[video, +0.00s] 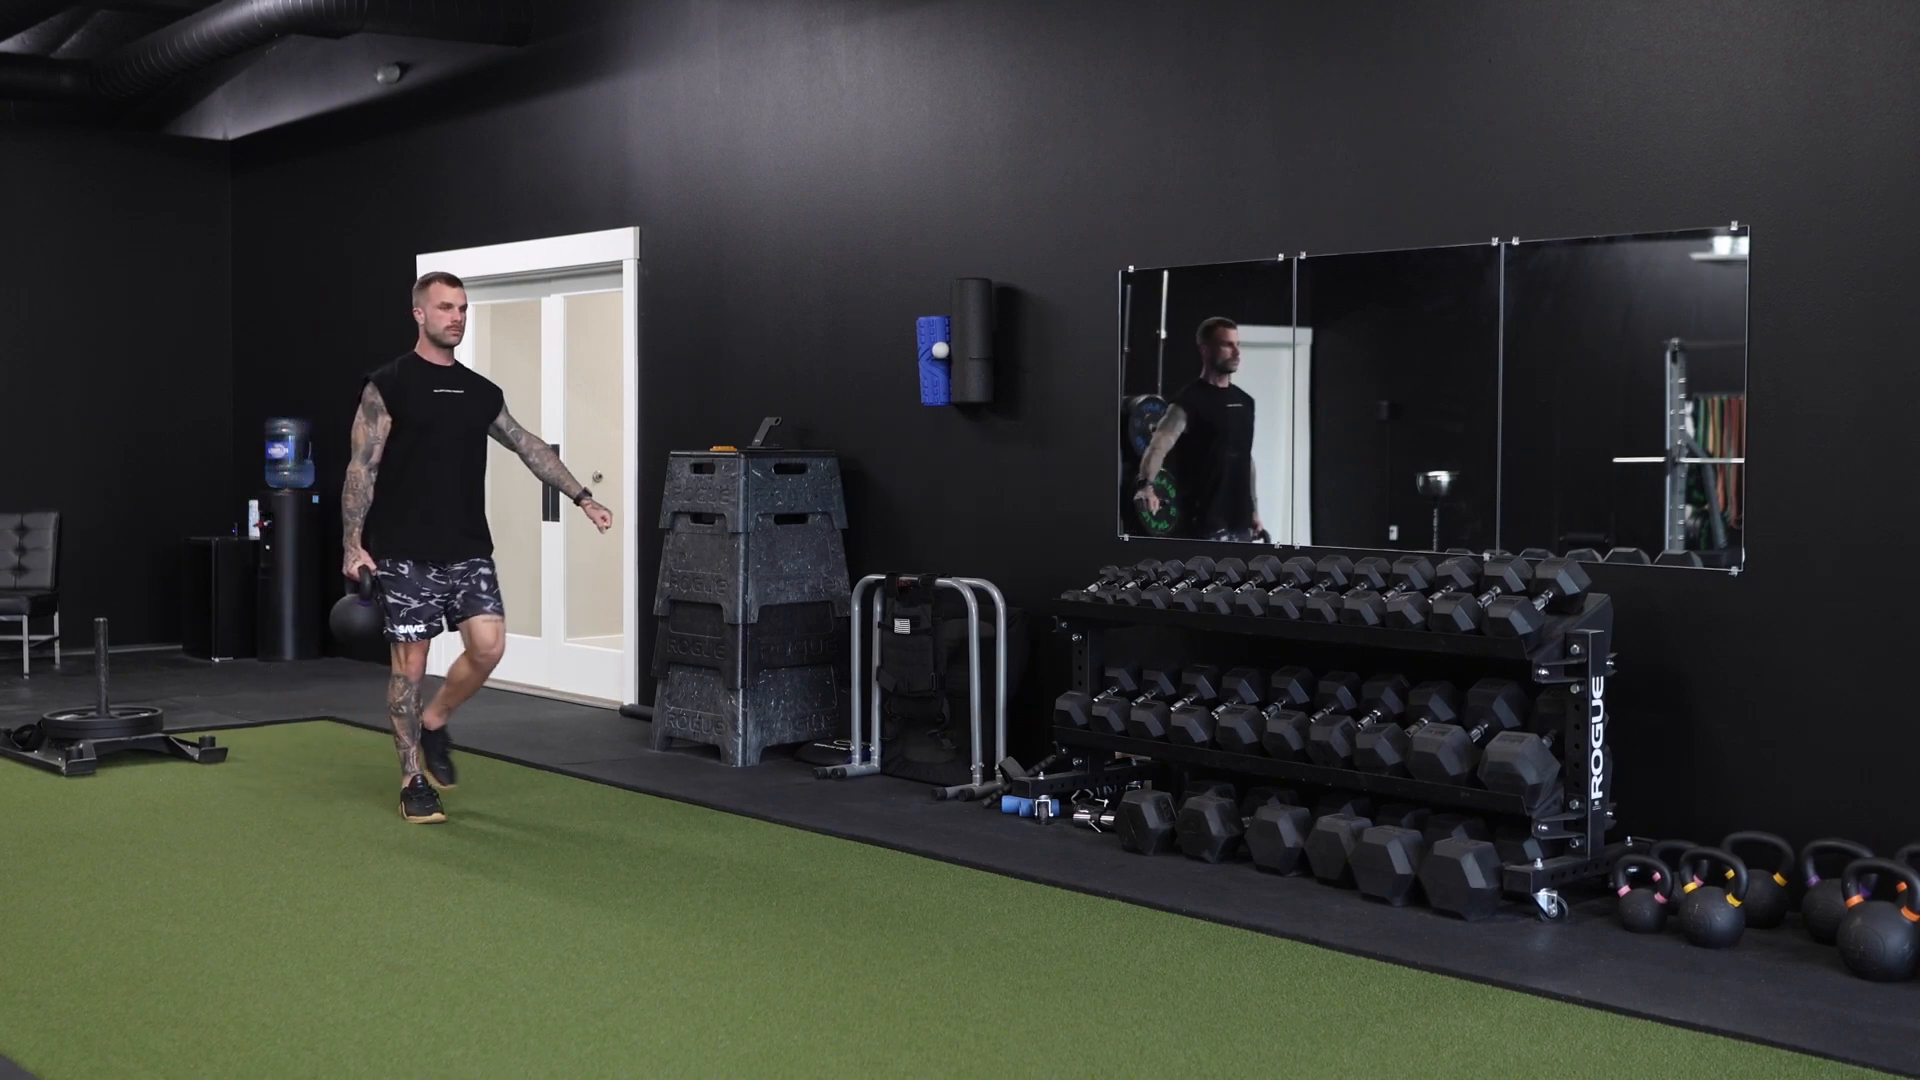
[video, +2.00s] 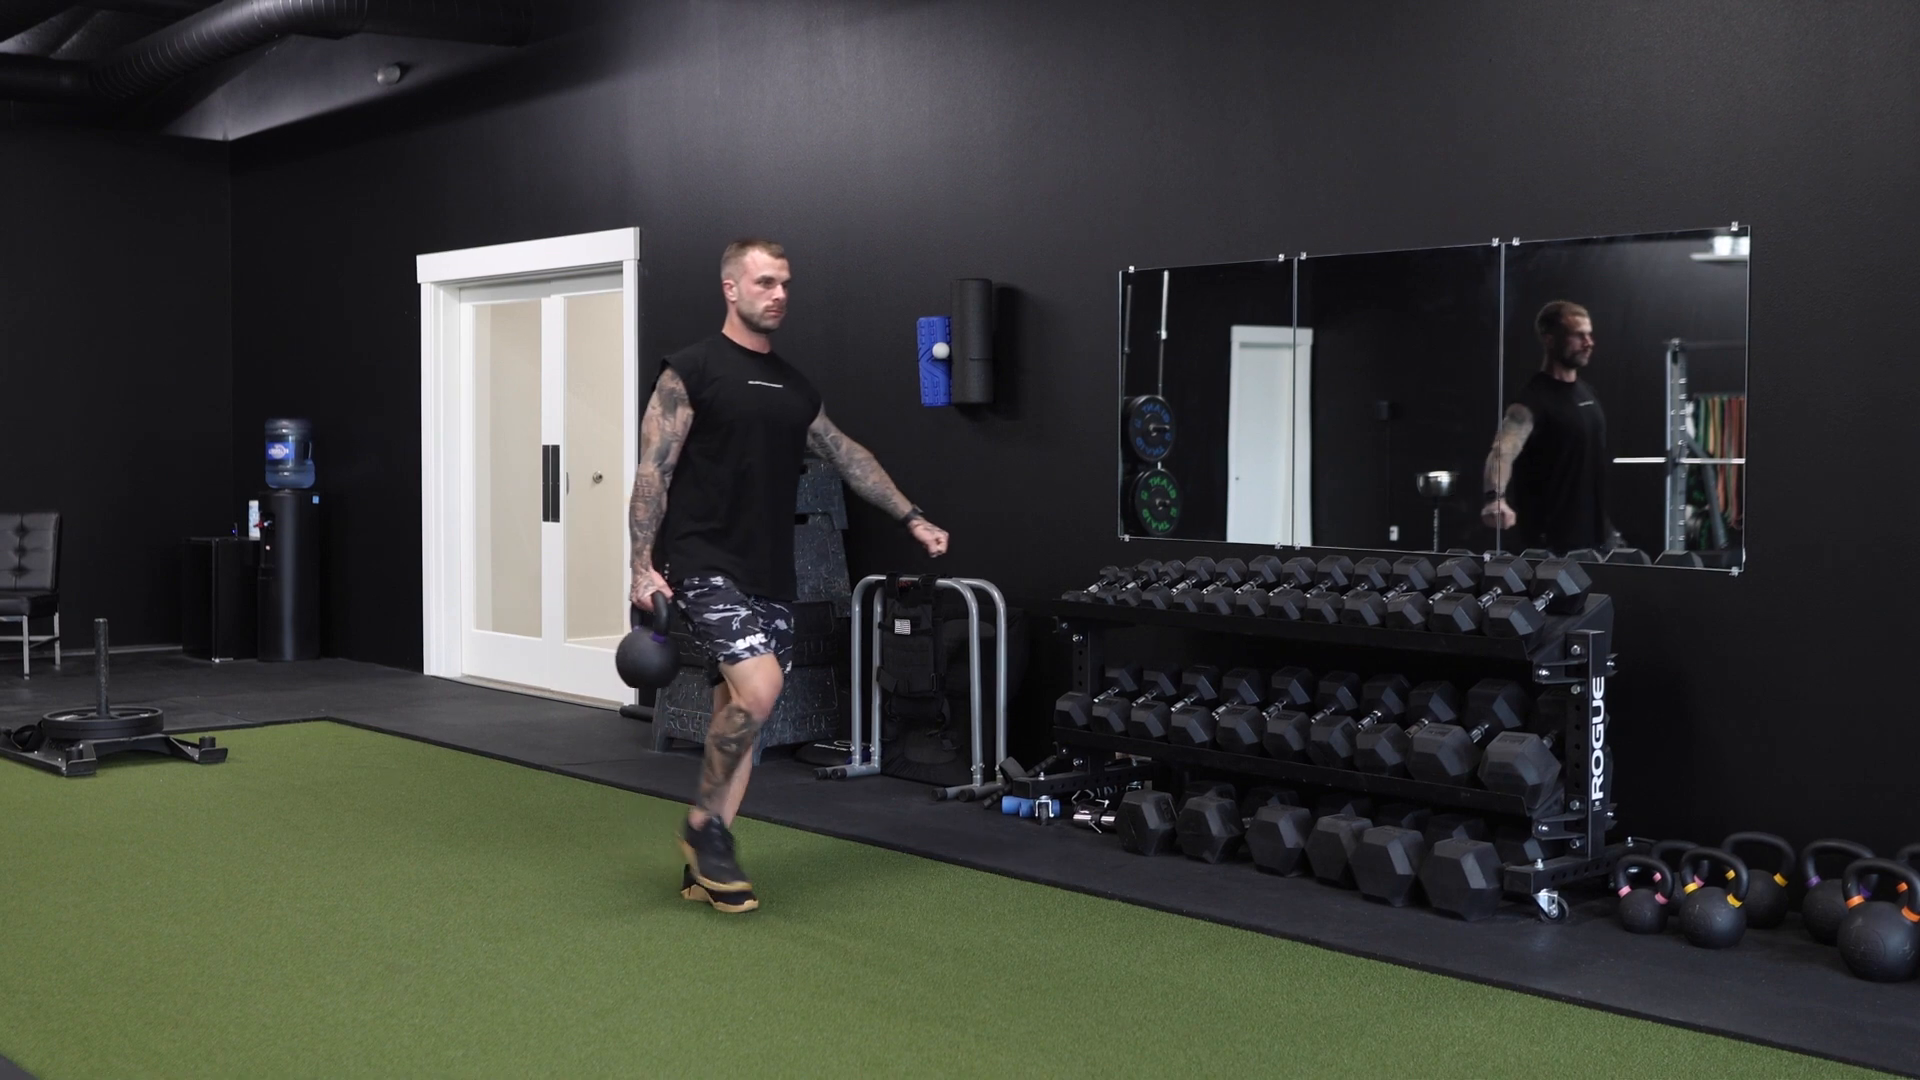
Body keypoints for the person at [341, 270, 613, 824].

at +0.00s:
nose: (457, 317)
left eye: (462, 309)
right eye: (446, 308)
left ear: (466, 316)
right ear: (419, 313)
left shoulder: (481, 391)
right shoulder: (386, 385)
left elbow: (529, 446)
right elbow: (362, 468)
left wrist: (582, 497)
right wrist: (352, 540)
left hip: (467, 546)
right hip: (402, 547)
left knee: (488, 647)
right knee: (411, 664)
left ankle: (431, 720)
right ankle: (411, 777)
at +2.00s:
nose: (779, 295)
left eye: (785, 285)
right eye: (765, 283)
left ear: (789, 294)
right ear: (730, 289)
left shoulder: (791, 384)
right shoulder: (690, 370)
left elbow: (846, 455)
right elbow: (652, 472)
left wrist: (911, 516)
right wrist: (642, 562)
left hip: (768, 569)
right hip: (700, 562)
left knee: (739, 718)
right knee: (760, 684)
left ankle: (707, 860)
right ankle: (706, 820)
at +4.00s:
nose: (1287, 242)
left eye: (1290, 228)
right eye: (1267, 226)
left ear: (1283, 242)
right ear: (1213, 237)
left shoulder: (1283, 358)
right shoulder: (1172, 357)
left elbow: (1331, 445)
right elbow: (1134, 489)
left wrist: (1403, 517)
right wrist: (1126, 611)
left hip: (1282, 626)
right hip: (1196, 627)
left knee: (1323, 791)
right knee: (1183, 808)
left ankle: (1285, 992)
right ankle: (1162, 996)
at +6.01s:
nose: (1751, 192)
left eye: (1776, 167)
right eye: (1742, 172)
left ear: (1853, 164)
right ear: (1738, 178)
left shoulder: (1907, 312)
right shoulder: (1725, 327)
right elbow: (1694, 494)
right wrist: (1655, 644)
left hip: (1873, 693)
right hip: (1722, 681)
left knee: (1863, 951)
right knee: (1683, 918)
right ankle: (1729, 1073)